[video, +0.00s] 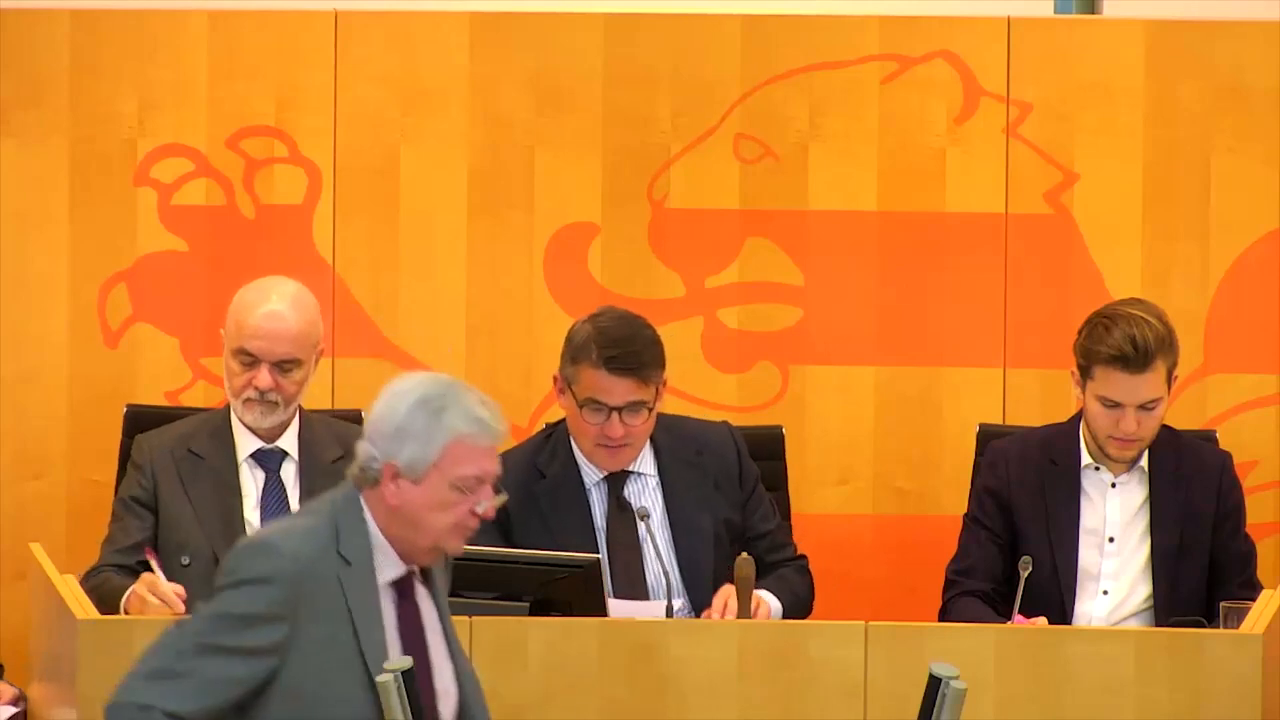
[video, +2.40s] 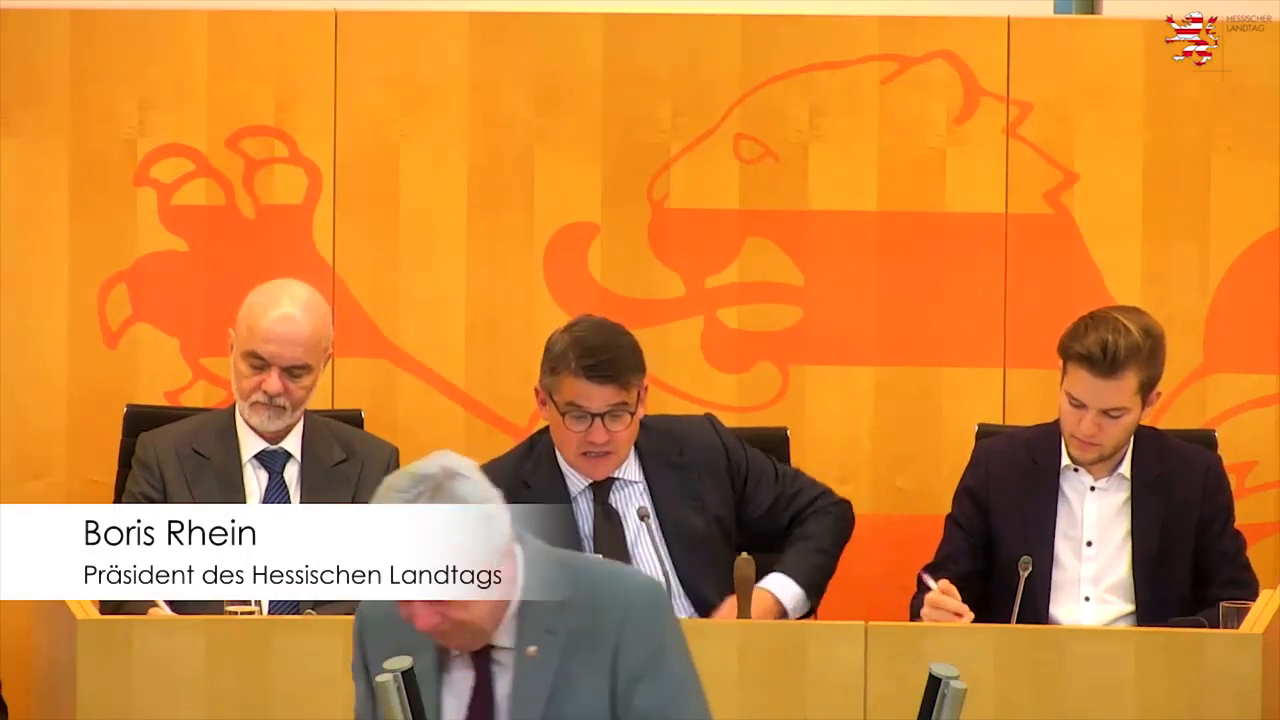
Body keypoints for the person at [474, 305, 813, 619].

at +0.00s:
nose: (616, 430)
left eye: (634, 408)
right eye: (596, 408)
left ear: (660, 392)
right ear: (562, 393)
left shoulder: (720, 452)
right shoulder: (509, 482)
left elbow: (792, 576)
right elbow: (479, 605)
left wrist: (758, 604)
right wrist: (576, 622)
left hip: (711, 667)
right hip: (577, 673)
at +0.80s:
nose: (610, 433)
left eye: (629, 412)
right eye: (591, 412)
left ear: (656, 396)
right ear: (558, 394)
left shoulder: (722, 455)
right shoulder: (500, 488)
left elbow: (818, 585)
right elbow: (455, 610)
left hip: (704, 675)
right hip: (567, 679)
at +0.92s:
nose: (611, 439)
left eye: (630, 418)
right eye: (592, 418)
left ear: (656, 400)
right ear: (557, 399)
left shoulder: (714, 454)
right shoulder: (497, 492)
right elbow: (460, 613)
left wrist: (732, 538)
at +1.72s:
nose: (618, 450)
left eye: (636, 427)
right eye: (597, 429)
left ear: (656, 407)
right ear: (557, 407)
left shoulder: (706, 452)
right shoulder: (495, 491)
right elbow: (455, 615)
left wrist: (692, 508)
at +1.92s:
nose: (616, 432)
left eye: (634, 409)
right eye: (595, 410)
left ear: (654, 395)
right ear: (556, 396)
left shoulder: (708, 449)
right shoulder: (498, 486)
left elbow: (771, 565)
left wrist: (689, 487)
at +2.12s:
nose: (605, 430)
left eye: (623, 410)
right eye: (584, 410)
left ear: (647, 393)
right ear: (550, 397)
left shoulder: (704, 451)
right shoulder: (497, 485)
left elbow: (816, 568)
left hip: (697, 677)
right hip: (550, 693)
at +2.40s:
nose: (598, 435)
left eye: (616, 414)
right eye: (577, 415)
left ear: (642, 399)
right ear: (542, 401)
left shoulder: (704, 449)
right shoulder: (497, 493)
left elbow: (824, 512)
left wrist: (773, 598)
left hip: (715, 669)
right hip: (573, 686)